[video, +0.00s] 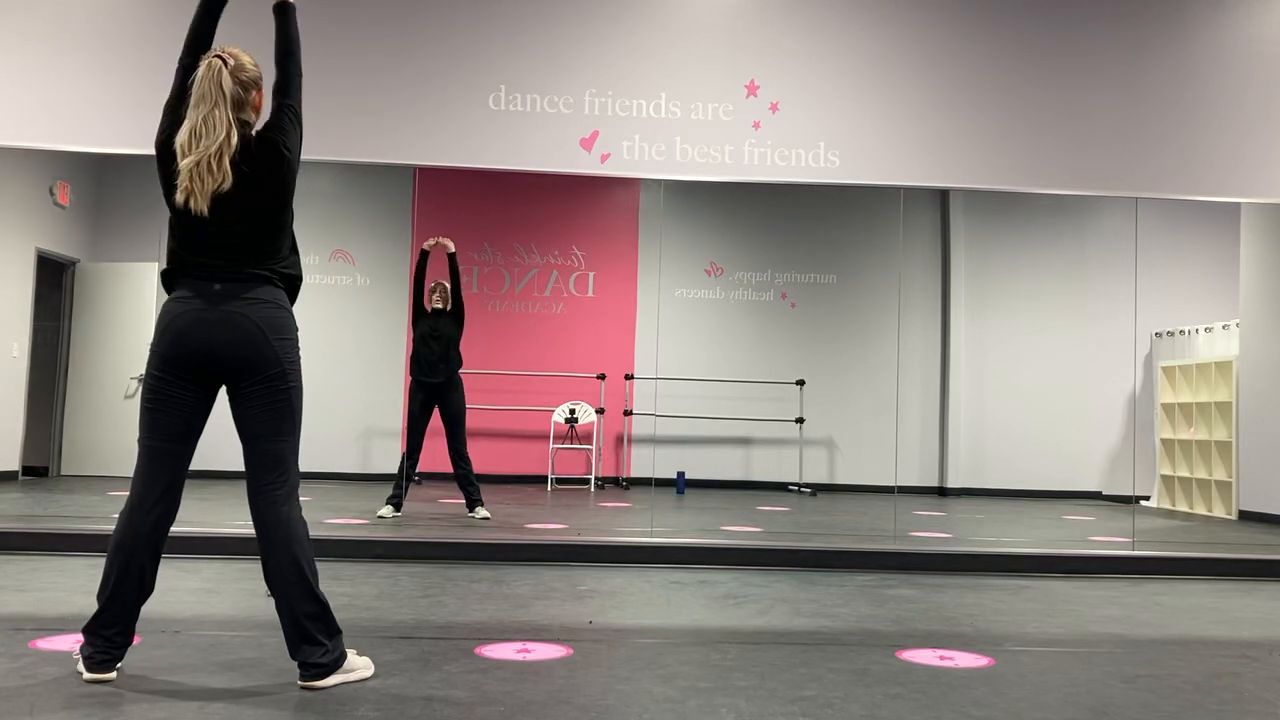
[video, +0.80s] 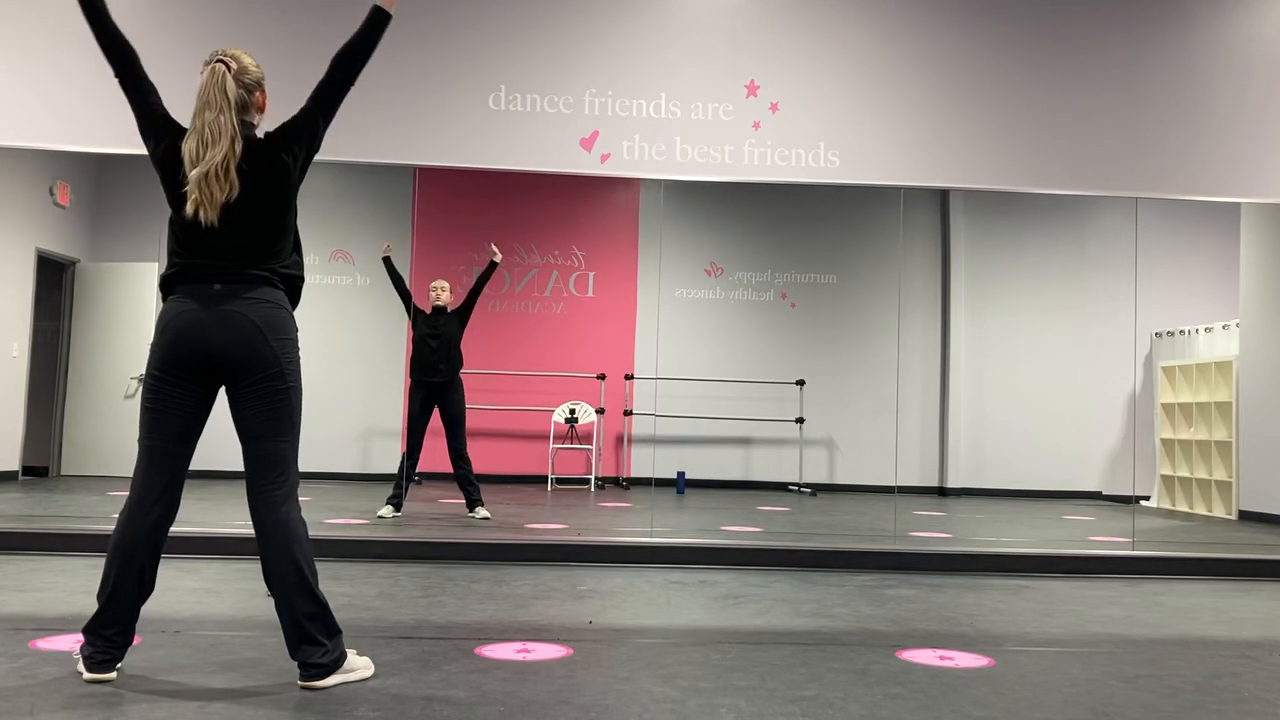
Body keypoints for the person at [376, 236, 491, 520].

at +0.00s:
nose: (438, 293)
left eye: (442, 291)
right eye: (434, 290)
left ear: (449, 297)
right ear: (428, 297)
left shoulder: (455, 318)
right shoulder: (420, 317)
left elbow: (456, 288)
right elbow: (418, 284)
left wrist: (451, 252)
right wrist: (425, 251)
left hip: (450, 387)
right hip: (421, 387)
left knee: (458, 447)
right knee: (412, 447)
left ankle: (475, 504)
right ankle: (394, 503)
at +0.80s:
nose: (439, 291)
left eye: (443, 289)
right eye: (435, 289)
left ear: (450, 297)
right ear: (428, 296)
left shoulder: (458, 318)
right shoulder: (418, 317)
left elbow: (477, 290)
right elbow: (401, 289)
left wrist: (495, 261)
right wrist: (387, 258)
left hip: (450, 389)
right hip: (421, 388)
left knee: (458, 448)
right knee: (412, 448)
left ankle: (475, 505)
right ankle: (395, 504)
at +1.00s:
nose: (437, 293)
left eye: (442, 290)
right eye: (434, 290)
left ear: (451, 296)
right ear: (428, 296)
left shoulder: (459, 319)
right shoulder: (418, 319)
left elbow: (481, 295)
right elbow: (396, 294)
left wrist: (504, 270)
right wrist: (376, 268)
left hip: (451, 389)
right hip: (421, 389)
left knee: (458, 449)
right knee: (412, 448)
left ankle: (475, 505)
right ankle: (394, 504)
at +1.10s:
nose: (438, 294)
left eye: (443, 290)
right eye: (434, 290)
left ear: (451, 297)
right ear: (428, 296)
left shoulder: (459, 319)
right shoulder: (417, 319)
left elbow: (485, 297)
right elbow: (392, 297)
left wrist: (510, 275)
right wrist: (370, 273)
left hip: (451, 389)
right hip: (421, 389)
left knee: (458, 449)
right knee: (412, 449)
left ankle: (475, 505)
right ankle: (394, 504)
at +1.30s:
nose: (437, 295)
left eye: (443, 291)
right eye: (433, 291)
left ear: (450, 297)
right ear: (428, 297)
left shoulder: (460, 321)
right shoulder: (416, 320)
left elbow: (490, 306)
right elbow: (386, 305)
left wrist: (519, 290)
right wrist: (358, 288)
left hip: (450, 389)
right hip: (421, 389)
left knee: (458, 449)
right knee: (412, 448)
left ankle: (475, 505)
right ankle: (394, 504)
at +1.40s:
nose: (437, 295)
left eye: (442, 292)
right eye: (433, 292)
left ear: (450, 297)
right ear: (427, 297)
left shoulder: (460, 321)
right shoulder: (416, 321)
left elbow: (492, 311)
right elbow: (384, 310)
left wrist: (523, 299)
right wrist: (353, 294)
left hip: (450, 390)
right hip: (421, 389)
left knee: (458, 449)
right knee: (412, 448)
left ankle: (475, 505)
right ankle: (394, 504)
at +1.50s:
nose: (437, 295)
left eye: (442, 292)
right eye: (433, 292)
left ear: (450, 298)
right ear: (428, 297)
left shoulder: (459, 323)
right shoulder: (415, 323)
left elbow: (492, 315)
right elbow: (382, 314)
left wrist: (525, 308)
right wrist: (351, 304)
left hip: (450, 390)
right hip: (421, 390)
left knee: (458, 450)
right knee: (412, 449)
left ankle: (475, 505)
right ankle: (394, 504)